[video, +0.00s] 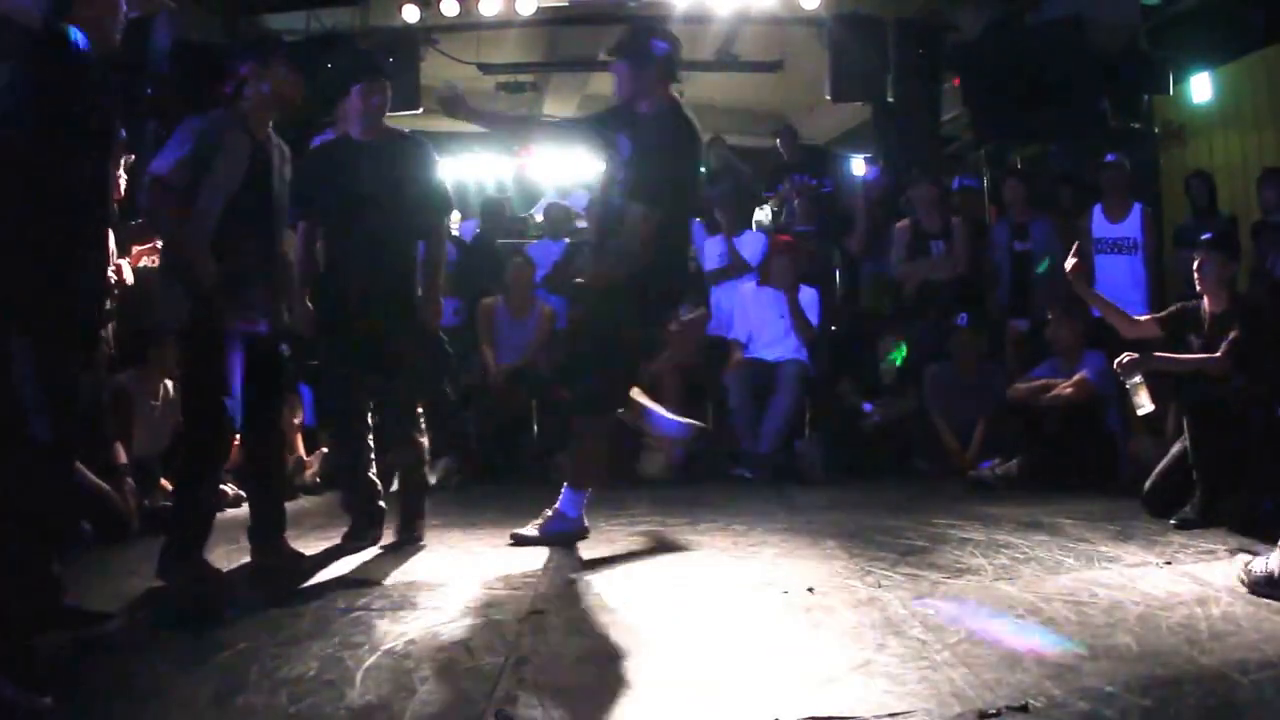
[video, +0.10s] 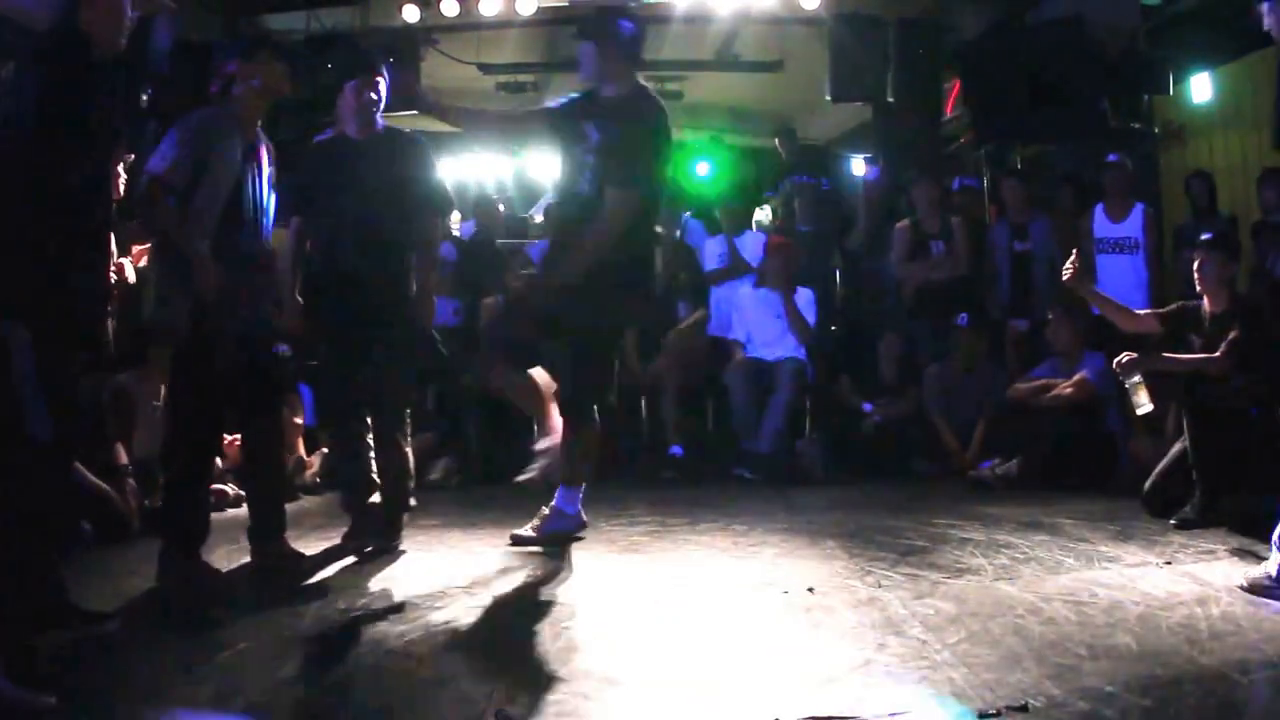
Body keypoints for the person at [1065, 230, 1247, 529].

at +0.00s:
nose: (1196, 268)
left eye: (1206, 261)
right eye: (1196, 260)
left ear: (1230, 268)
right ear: (1192, 265)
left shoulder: (1248, 315)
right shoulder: (1190, 314)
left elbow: (1221, 363)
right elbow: (1132, 329)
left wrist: (1149, 361)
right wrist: (1082, 287)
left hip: (1249, 426)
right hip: (1209, 424)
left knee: (1199, 399)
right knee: (1156, 498)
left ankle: (1207, 502)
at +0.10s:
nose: (1198, 268)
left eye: (1207, 261)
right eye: (1196, 261)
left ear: (1229, 268)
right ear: (1191, 266)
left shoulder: (1247, 315)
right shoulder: (1189, 313)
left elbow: (1221, 363)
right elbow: (1133, 322)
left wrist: (1148, 361)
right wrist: (1084, 288)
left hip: (1245, 425)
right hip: (1207, 426)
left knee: (1195, 394)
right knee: (1156, 497)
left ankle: (1204, 498)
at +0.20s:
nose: (1198, 268)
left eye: (1207, 261)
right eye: (1196, 261)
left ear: (1230, 268)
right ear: (1193, 265)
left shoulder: (1248, 314)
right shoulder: (1190, 314)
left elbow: (1221, 362)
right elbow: (1138, 332)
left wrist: (1149, 361)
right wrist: (1093, 286)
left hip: (1246, 428)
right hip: (1208, 426)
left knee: (1196, 392)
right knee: (1156, 497)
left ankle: (1205, 500)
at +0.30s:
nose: (1197, 268)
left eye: (1207, 260)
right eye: (1196, 260)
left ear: (1229, 268)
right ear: (1192, 265)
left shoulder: (1246, 318)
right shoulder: (1193, 313)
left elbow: (1221, 362)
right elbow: (1141, 323)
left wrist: (1150, 361)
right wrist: (1089, 293)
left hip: (1246, 432)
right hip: (1209, 429)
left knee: (1198, 387)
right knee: (1156, 497)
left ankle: (1206, 497)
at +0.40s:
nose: (1199, 274)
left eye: (1207, 267)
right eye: (1196, 267)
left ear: (1226, 272)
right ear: (1191, 271)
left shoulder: (1247, 313)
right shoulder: (1194, 311)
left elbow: (1220, 363)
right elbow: (1146, 327)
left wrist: (1147, 362)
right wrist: (1093, 313)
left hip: (1245, 425)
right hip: (1210, 426)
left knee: (1197, 391)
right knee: (1156, 497)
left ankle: (1206, 497)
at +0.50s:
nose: (1191, 272)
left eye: (1200, 266)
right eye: (1192, 265)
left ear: (1225, 273)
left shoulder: (1245, 316)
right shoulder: (1192, 314)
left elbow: (1220, 363)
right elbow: (1152, 337)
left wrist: (1148, 363)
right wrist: (1106, 341)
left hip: (1241, 429)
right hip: (1205, 430)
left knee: (1193, 383)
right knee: (1156, 497)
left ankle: (1206, 496)